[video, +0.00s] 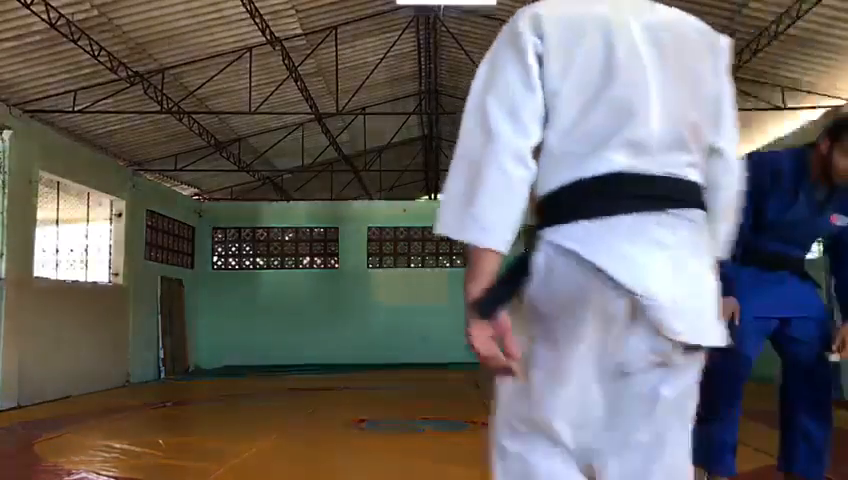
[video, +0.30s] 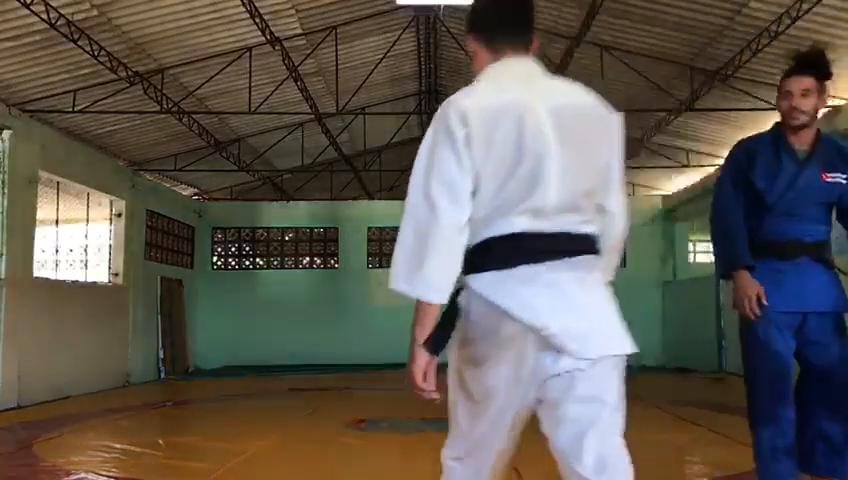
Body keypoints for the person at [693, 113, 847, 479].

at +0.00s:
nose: (847, 167)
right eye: (845, 155)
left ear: (831, 150)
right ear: (825, 144)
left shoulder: (839, 194)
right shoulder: (765, 167)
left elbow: (841, 262)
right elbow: (725, 227)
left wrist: (844, 319)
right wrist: (725, 289)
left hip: (796, 281)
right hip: (744, 275)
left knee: (813, 372)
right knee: (730, 367)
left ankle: (804, 468)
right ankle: (716, 465)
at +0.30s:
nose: (794, 103)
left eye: (805, 94)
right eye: (787, 94)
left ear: (823, 101)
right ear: (777, 98)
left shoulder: (837, 154)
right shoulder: (748, 153)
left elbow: (845, 216)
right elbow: (725, 213)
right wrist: (738, 273)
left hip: (821, 275)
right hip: (766, 275)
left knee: (831, 381)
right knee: (771, 389)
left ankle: (825, 468)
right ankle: (777, 472)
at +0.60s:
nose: (766, 102)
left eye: (777, 94)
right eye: (763, 96)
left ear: (804, 99)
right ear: (760, 103)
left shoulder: (836, 152)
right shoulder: (747, 164)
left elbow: (845, 210)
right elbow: (730, 221)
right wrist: (723, 271)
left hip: (831, 290)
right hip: (771, 293)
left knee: (845, 399)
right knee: (771, 408)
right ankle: (770, 472)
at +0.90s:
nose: (760, 109)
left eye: (767, 101)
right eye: (761, 102)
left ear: (793, 105)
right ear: (788, 106)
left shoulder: (831, 154)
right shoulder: (767, 161)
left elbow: (841, 222)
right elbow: (753, 224)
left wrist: (839, 287)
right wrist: (741, 280)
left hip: (823, 287)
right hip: (776, 285)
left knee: (833, 392)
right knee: (776, 384)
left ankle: (837, 470)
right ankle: (782, 468)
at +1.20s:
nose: (740, 127)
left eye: (745, 119)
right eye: (742, 119)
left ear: (763, 121)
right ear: (769, 122)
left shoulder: (797, 162)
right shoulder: (766, 171)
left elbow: (801, 227)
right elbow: (780, 232)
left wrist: (780, 287)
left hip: (807, 291)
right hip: (774, 291)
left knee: (828, 391)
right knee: (768, 381)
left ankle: (842, 467)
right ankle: (775, 463)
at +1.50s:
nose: (713, 150)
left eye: (714, 142)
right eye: (713, 142)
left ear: (729, 142)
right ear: (747, 141)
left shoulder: (741, 179)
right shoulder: (772, 176)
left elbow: (739, 240)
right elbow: (773, 241)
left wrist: (724, 297)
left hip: (757, 289)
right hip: (781, 284)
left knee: (762, 381)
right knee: (767, 379)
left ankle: (822, 463)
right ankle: (778, 463)